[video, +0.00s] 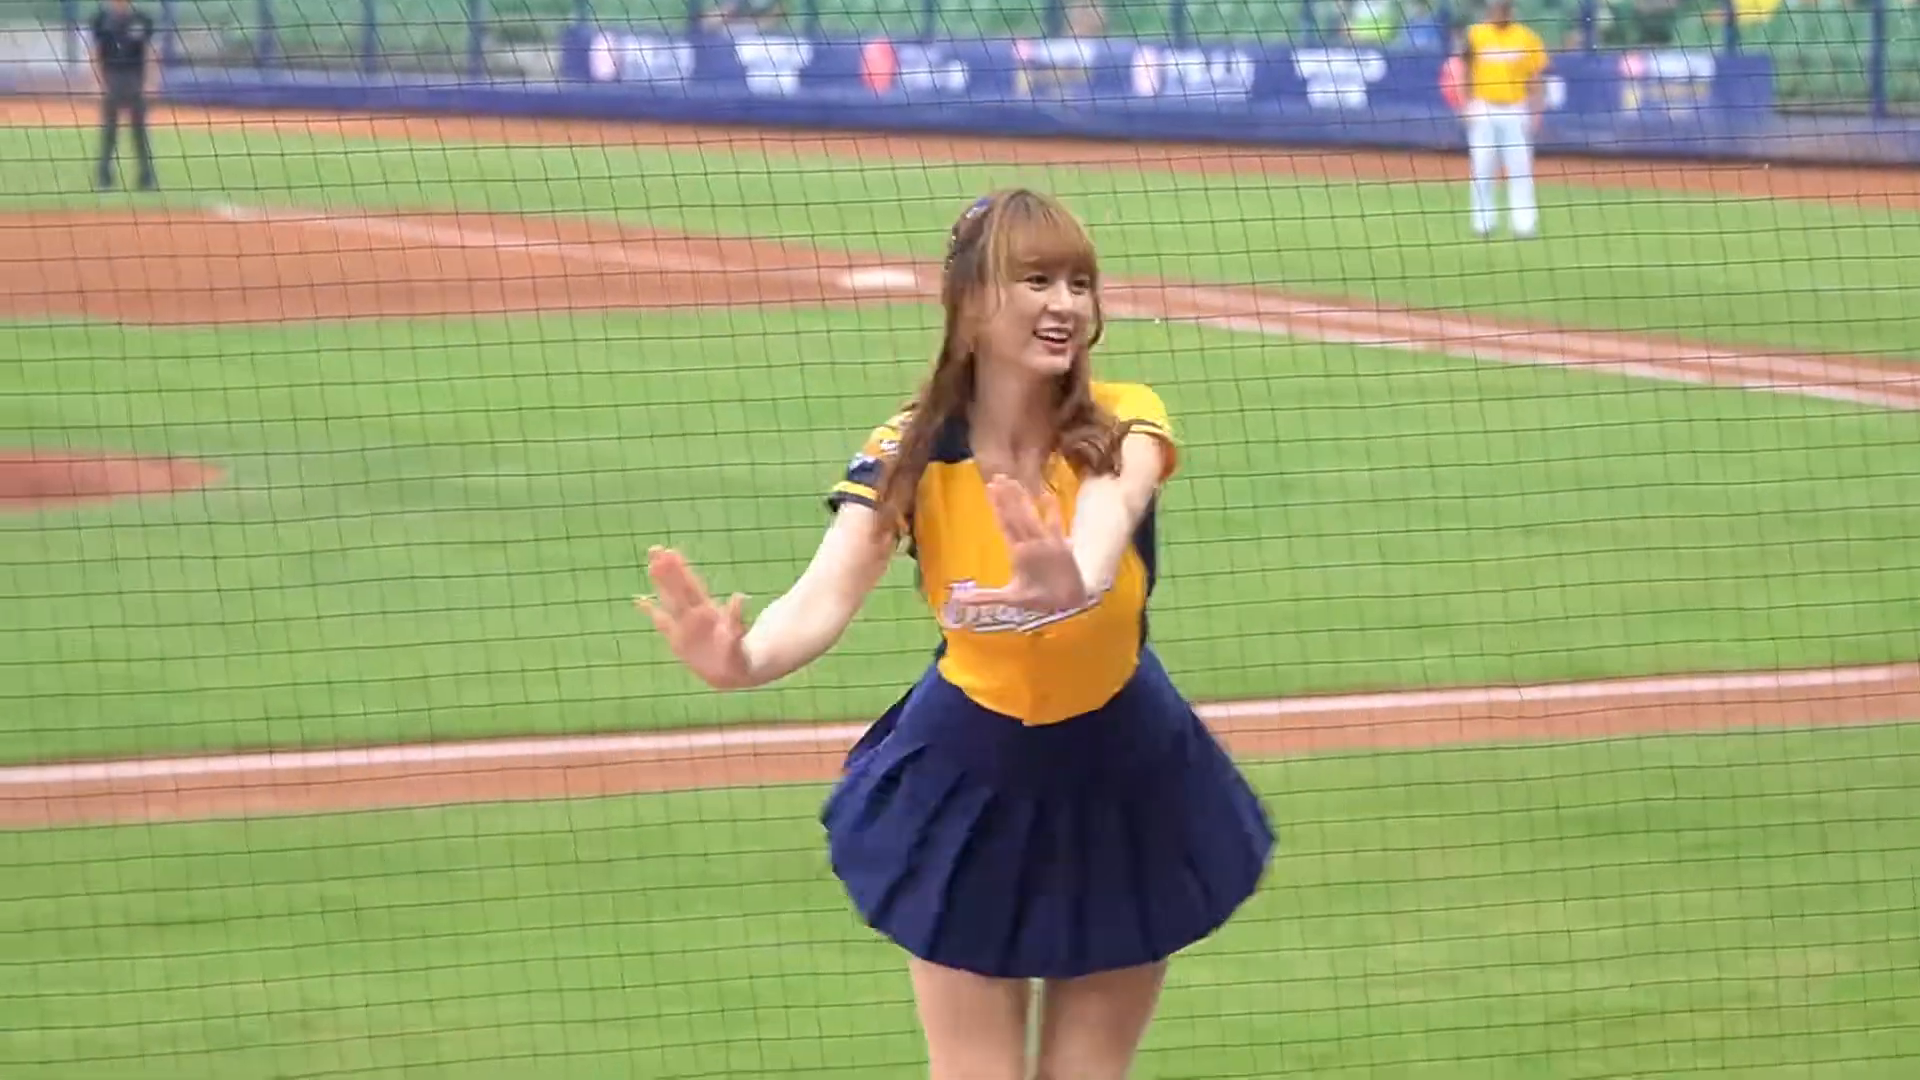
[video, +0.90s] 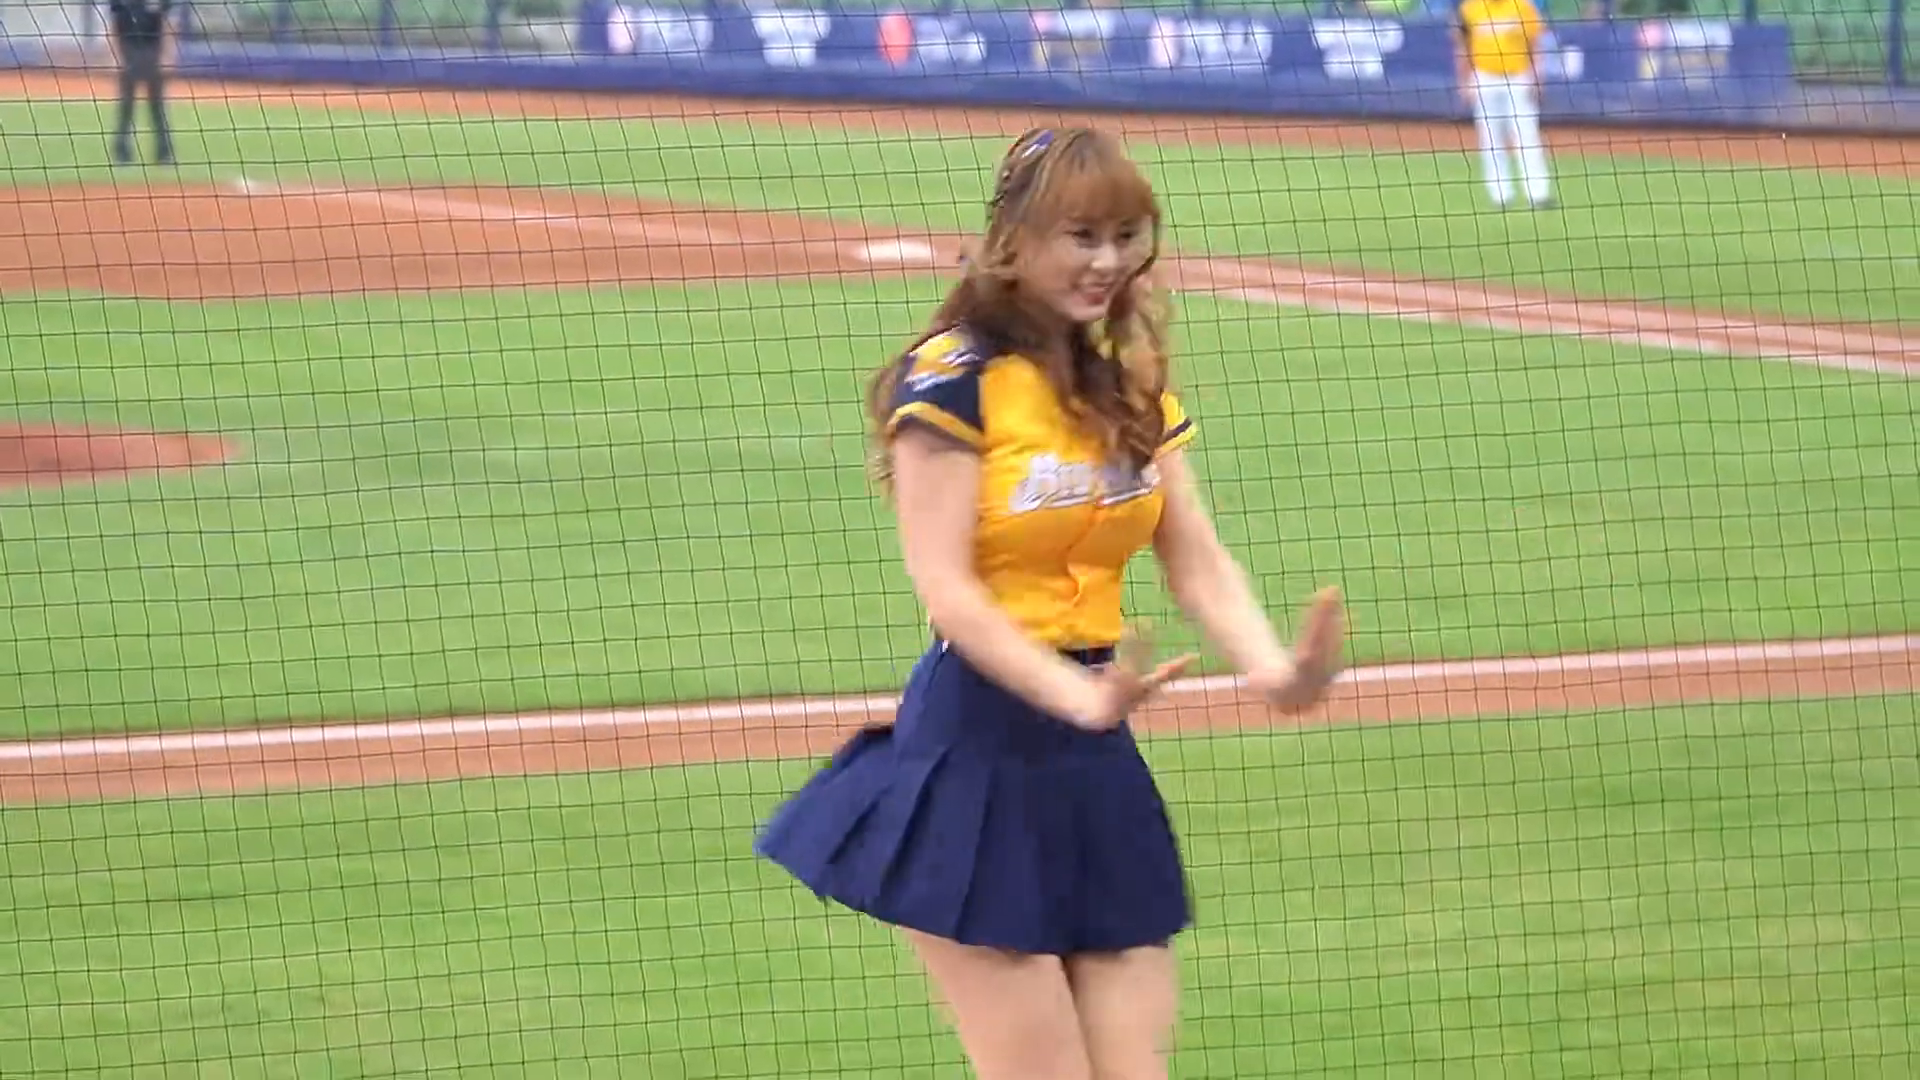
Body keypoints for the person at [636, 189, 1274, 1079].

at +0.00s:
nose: (1063, 303)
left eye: (1078, 282)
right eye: (1034, 280)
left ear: (1097, 301)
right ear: (970, 303)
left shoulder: (1129, 420)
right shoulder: (911, 446)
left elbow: (1113, 507)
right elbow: (832, 583)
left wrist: (1073, 579)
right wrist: (747, 657)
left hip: (1118, 768)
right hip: (971, 767)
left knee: (1087, 1067)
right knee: (975, 1067)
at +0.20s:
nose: (1091, 250)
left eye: (1106, 222)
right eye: (1060, 228)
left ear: (1128, 228)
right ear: (999, 244)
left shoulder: (1165, 372)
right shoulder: (935, 385)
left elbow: (1200, 560)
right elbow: (888, 584)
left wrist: (1185, 655)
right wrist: (903, 695)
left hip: (1144, 724)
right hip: (999, 734)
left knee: (1146, 1061)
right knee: (1052, 1064)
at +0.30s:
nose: (1095, 298)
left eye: (1110, 271)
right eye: (1064, 277)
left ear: (1132, 279)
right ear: (1006, 293)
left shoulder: (1147, 426)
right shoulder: (951, 434)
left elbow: (1190, 614)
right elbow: (941, 647)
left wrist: (1230, 724)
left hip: (1140, 762)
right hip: (1004, 764)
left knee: (1169, 1055)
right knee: (1055, 1060)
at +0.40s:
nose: (1122, 260)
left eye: (1135, 233)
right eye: (1089, 239)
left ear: (1155, 243)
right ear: (1031, 263)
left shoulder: (1157, 411)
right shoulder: (1004, 397)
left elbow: (1208, 595)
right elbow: (1020, 611)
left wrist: (1312, 712)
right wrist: (1162, 745)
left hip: (1108, 750)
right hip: (989, 755)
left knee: (1140, 1057)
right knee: (1046, 1063)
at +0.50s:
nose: (1162, 227)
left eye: (1175, 201)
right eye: (1128, 211)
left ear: (1198, 216)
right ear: (1074, 238)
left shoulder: (1188, 379)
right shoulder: (1076, 366)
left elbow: (1279, 559)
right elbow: (1131, 575)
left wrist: (1448, 654)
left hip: (1048, 726)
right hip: (947, 721)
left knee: (1055, 1059)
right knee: (985, 1064)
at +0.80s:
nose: (1157, 232)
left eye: (1172, 207)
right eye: (1128, 212)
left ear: (1190, 217)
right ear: (1066, 225)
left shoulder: (1163, 372)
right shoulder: (1034, 356)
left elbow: (1276, 530)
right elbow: (1074, 561)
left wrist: (1422, 622)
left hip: (1045, 727)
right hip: (936, 723)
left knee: (1073, 1063)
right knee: (989, 1064)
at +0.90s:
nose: (1107, 262)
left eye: (1126, 239)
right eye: (1081, 236)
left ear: (1144, 250)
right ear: (1013, 241)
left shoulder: (1130, 377)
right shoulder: (951, 374)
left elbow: (1195, 555)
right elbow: (943, 587)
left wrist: (1270, 670)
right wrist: (1074, 691)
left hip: (1096, 732)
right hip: (973, 735)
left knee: (1136, 1061)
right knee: (1039, 1065)